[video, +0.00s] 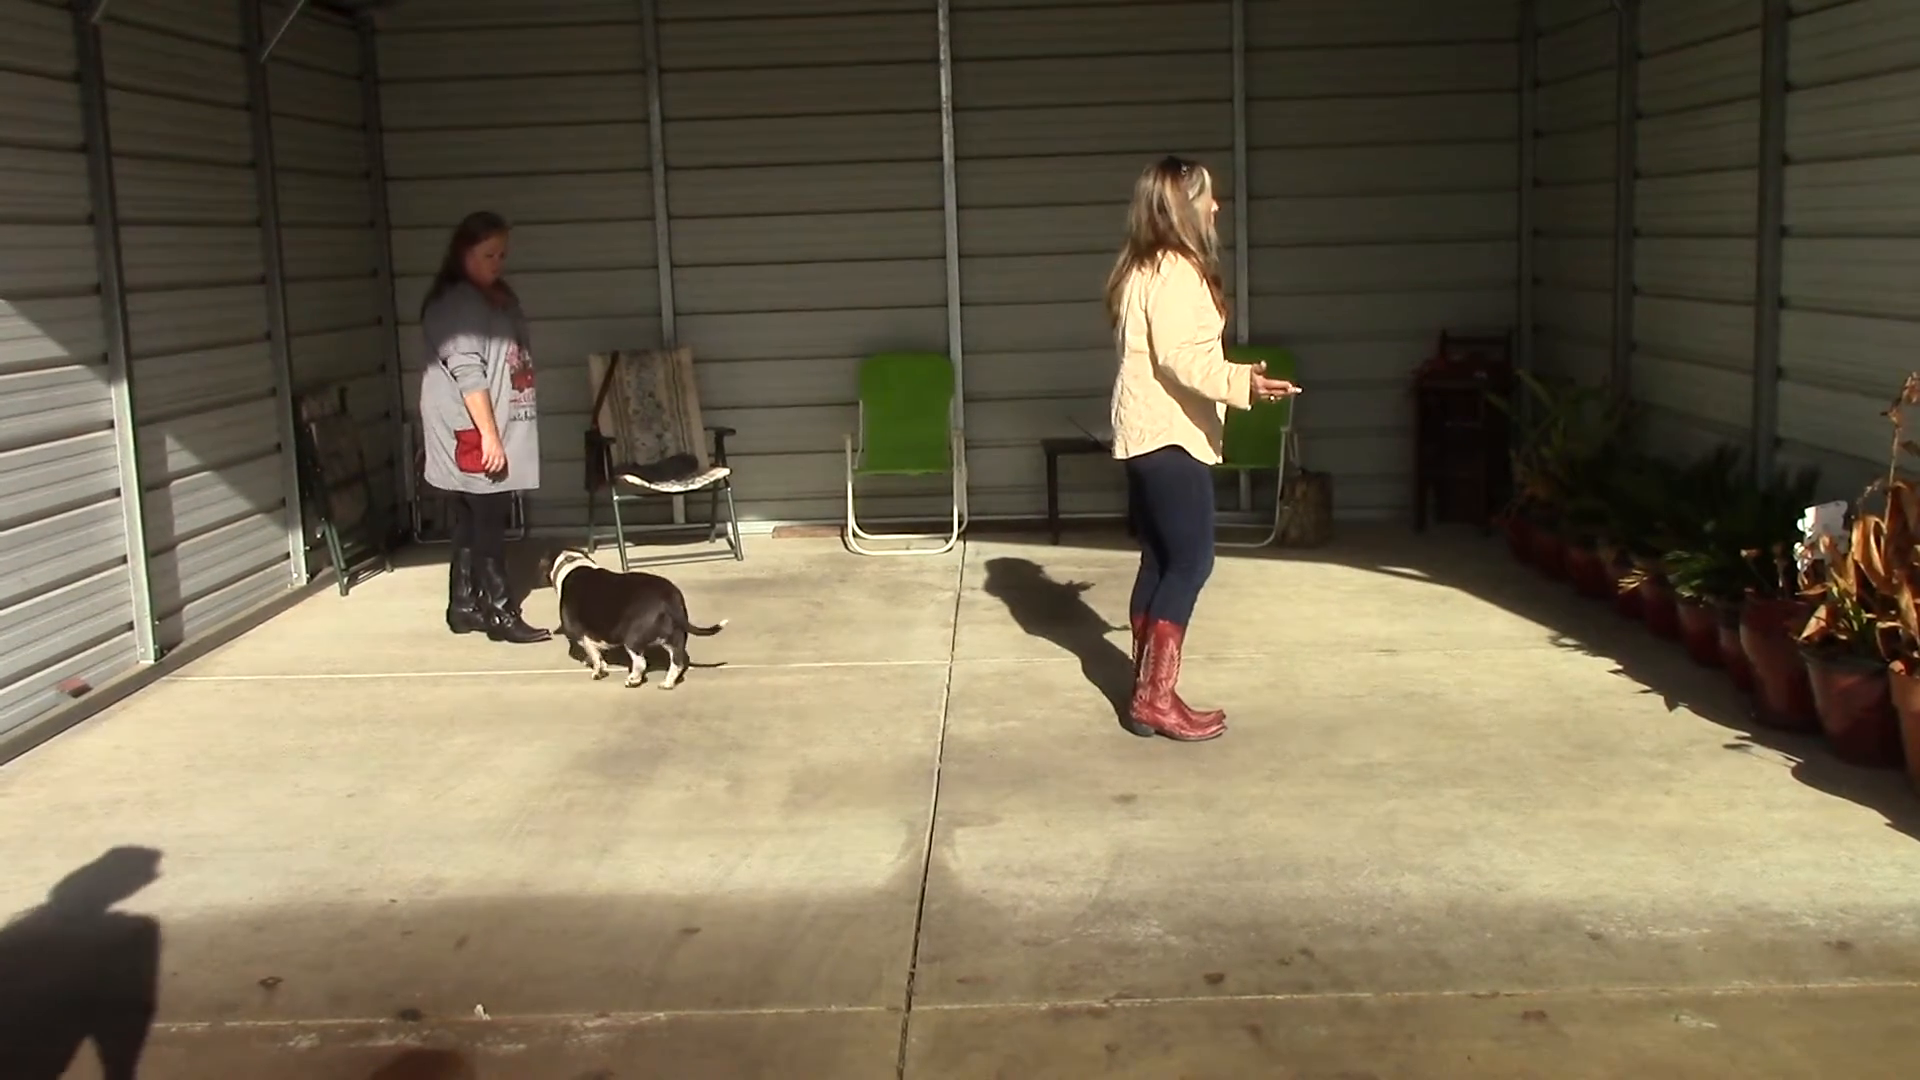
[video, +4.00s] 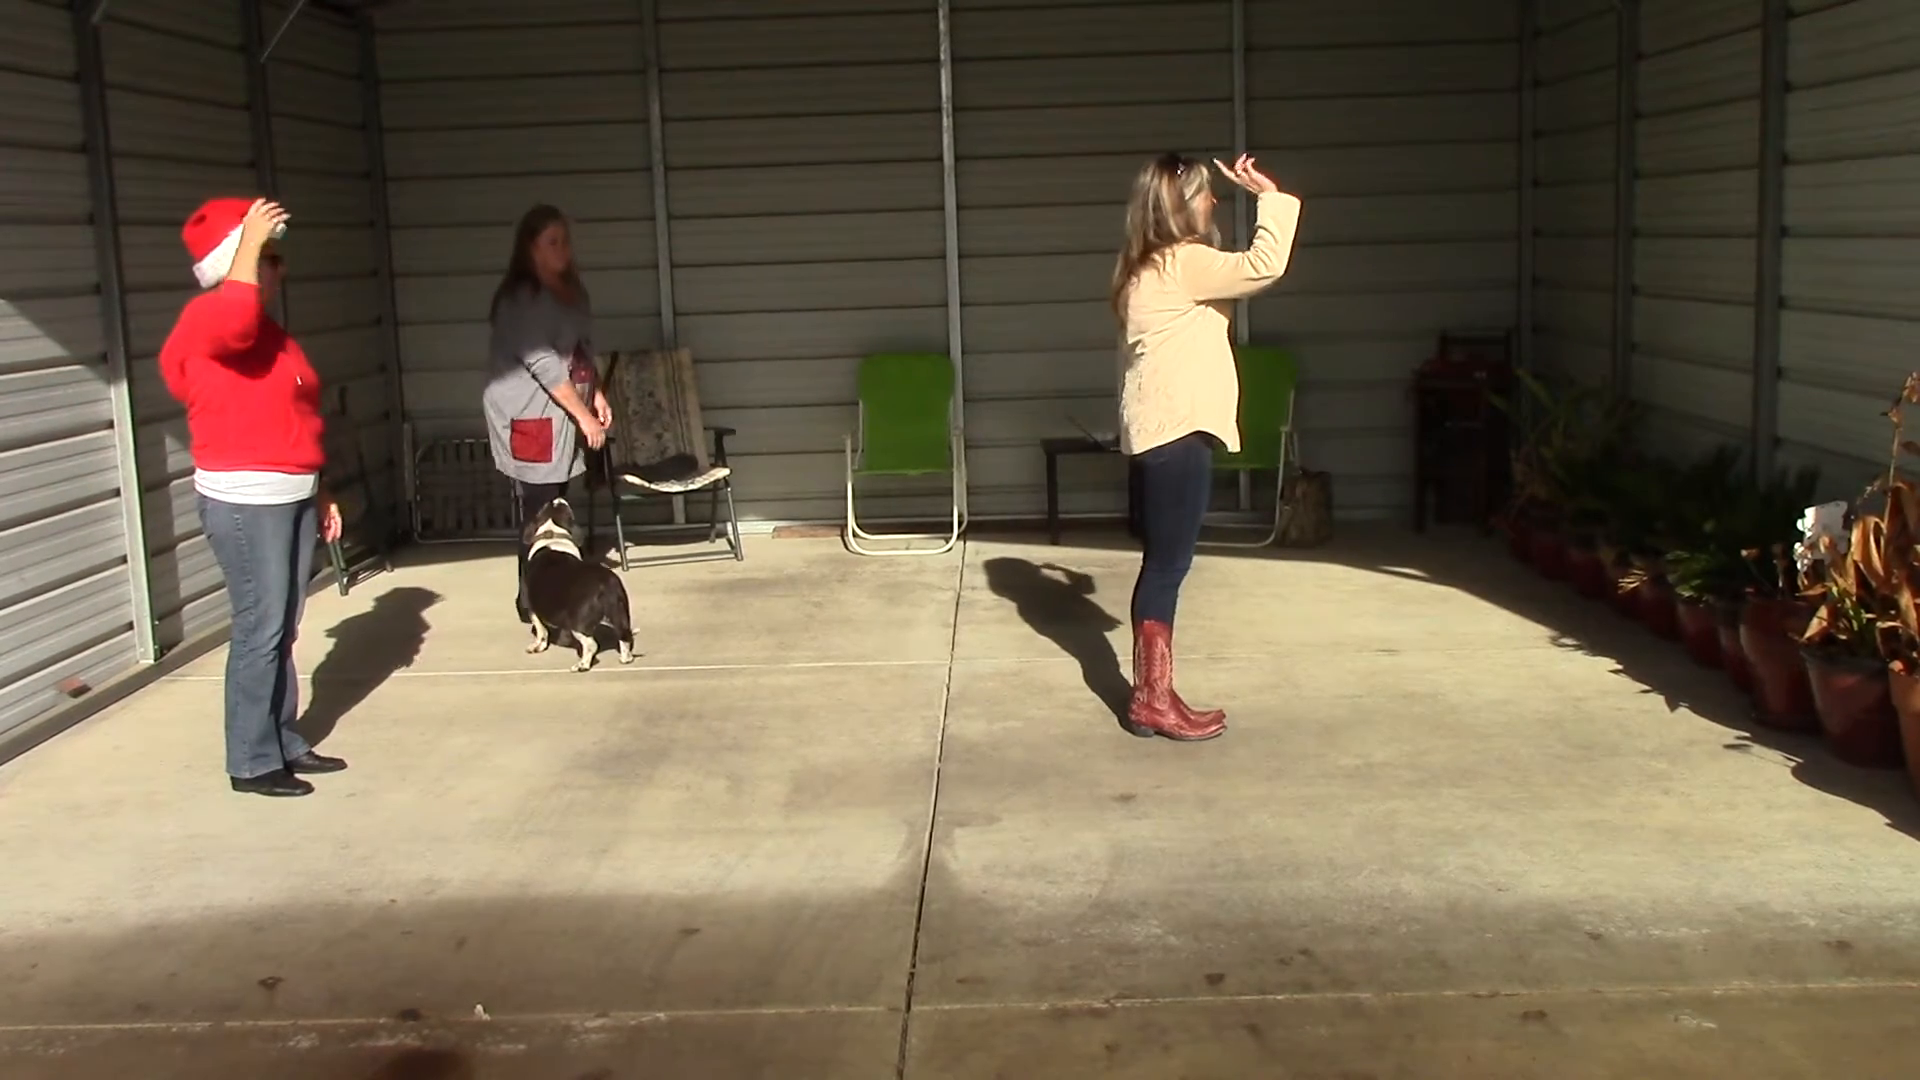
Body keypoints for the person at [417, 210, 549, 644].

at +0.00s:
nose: (497, 265)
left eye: (501, 256)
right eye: (489, 256)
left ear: (503, 256)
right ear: (465, 255)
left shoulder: (497, 300)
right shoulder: (455, 305)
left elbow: (502, 367)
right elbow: (468, 377)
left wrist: (509, 429)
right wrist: (489, 435)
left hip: (485, 429)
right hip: (469, 432)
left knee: (471, 515)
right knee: (489, 517)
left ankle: (464, 604)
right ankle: (497, 610)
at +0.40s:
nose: (534, 303)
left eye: (539, 295)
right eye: (526, 294)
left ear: (543, 293)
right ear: (501, 292)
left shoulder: (528, 330)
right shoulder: (489, 333)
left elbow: (524, 398)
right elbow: (490, 407)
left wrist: (512, 452)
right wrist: (512, 470)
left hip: (479, 422)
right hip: (447, 421)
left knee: (480, 509)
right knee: (490, 509)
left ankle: (464, 603)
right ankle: (499, 610)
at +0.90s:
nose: (564, 357)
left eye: (571, 350)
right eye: (558, 348)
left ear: (578, 344)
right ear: (538, 336)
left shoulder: (532, 362)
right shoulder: (520, 375)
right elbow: (511, 449)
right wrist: (529, 516)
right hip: (444, 420)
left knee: (483, 505)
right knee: (494, 508)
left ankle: (465, 605)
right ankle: (502, 611)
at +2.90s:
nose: (572, 333)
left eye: (577, 326)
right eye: (565, 324)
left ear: (584, 322)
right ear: (543, 316)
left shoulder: (535, 346)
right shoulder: (524, 359)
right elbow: (509, 433)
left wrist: (514, 484)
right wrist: (516, 497)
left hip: (464, 415)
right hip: (454, 420)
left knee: (482, 508)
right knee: (497, 510)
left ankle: (466, 603)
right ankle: (502, 611)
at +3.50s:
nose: (572, 300)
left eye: (576, 291)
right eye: (563, 291)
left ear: (580, 291)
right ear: (541, 290)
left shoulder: (566, 332)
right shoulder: (518, 336)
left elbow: (553, 393)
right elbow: (513, 407)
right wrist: (530, 464)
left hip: (515, 419)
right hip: (477, 419)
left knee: (516, 507)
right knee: (505, 509)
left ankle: (512, 605)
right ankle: (500, 611)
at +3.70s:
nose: (569, 272)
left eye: (572, 264)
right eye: (560, 264)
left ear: (577, 266)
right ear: (536, 268)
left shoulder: (568, 311)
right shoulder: (525, 324)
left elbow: (564, 378)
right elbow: (522, 395)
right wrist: (535, 451)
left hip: (547, 429)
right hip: (509, 432)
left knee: (549, 517)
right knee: (516, 521)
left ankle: (548, 603)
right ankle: (509, 608)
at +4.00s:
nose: (561, 249)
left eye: (564, 241)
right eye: (551, 242)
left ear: (568, 245)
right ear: (531, 248)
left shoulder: (572, 290)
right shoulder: (520, 298)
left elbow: (580, 351)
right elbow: (542, 364)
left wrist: (595, 394)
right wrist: (581, 415)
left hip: (559, 408)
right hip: (525, 413)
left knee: (556, 505)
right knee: (538, 510)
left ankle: (557, 592)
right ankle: (534, 597)